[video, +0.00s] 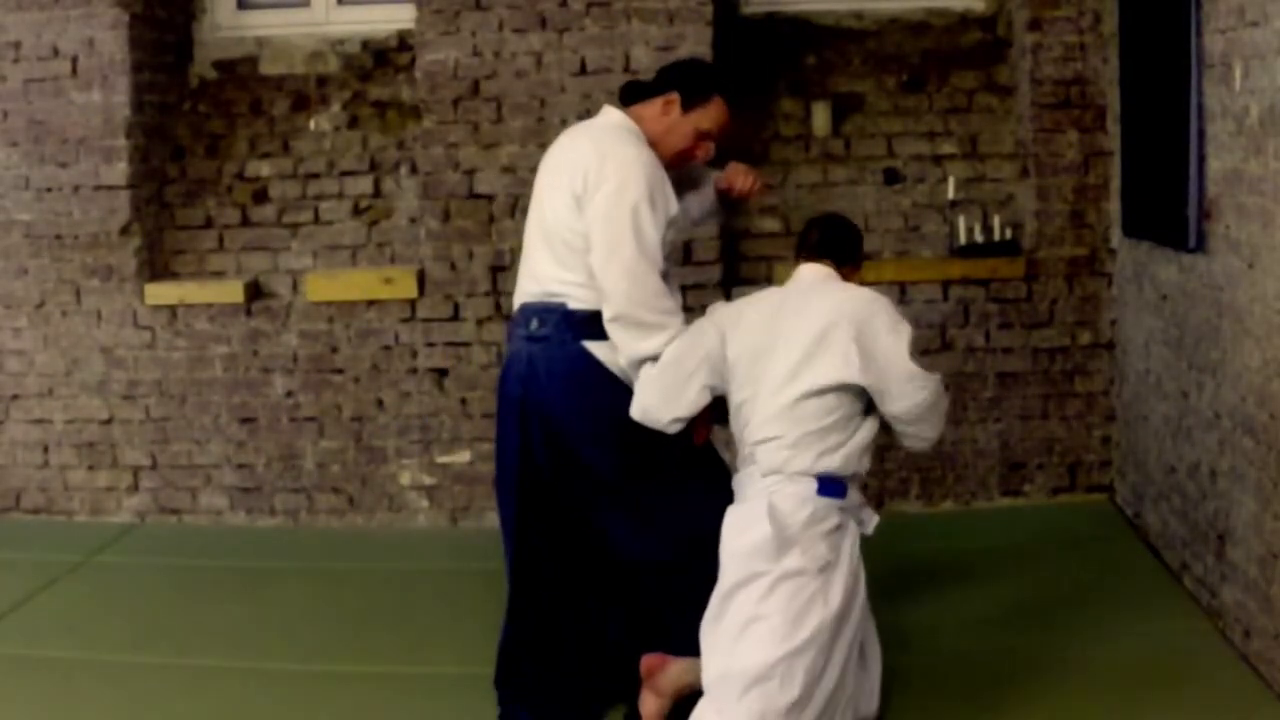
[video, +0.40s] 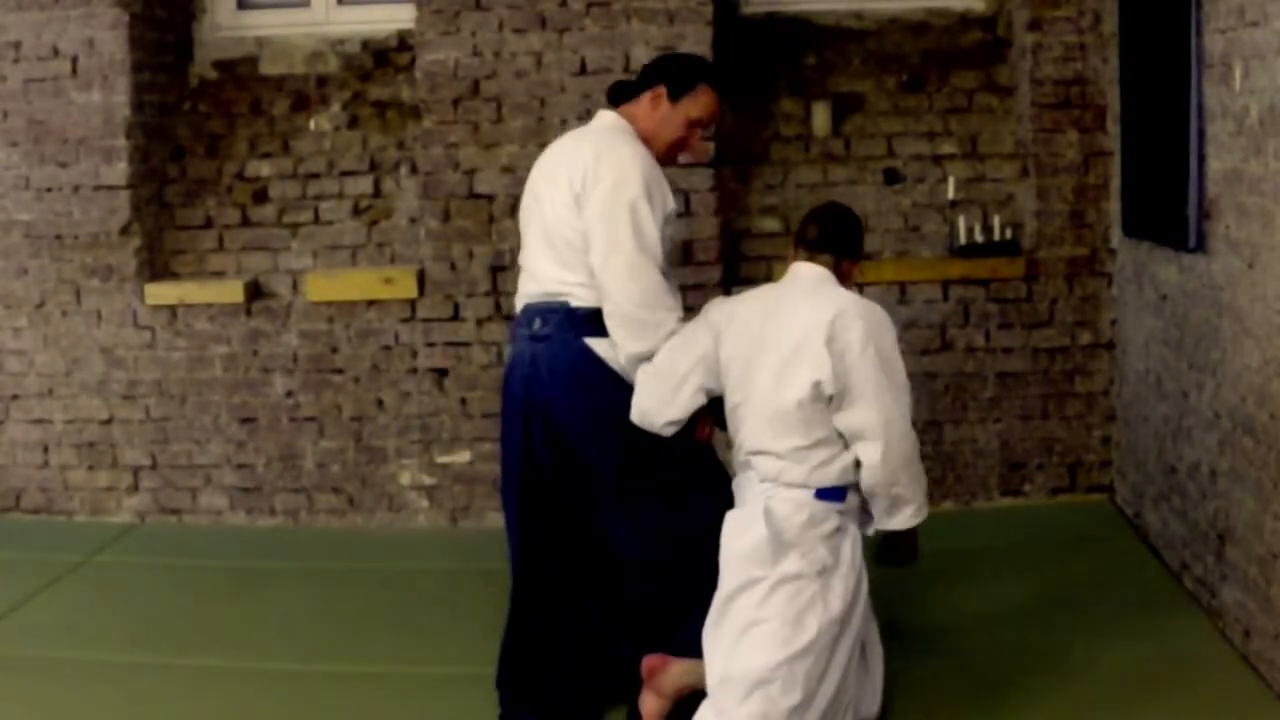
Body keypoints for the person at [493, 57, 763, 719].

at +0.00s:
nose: (702, 155)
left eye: (711, 144)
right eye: (702, 136)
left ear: (657, 107)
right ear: (668, 107)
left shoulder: (578, 142)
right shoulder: (624, 158)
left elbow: (643, 231)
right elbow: (632, 294)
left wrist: (714, 194)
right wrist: (689, 393)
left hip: (531, 357)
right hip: (587, 358)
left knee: (550, 548)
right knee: (687, 511)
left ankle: (541, 696)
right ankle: (671, 670)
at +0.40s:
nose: (695, 146)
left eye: (704, 133)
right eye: (695, 126)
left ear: (646, 100)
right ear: (656, 98)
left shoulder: (563, 151)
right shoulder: (620, 161)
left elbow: (550, 275)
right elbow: (635, 300)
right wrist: (687, 401)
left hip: (530, 352)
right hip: (589, 354)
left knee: (552, 540)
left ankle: (542, 695)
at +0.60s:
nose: (677, 131)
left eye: (685, 116)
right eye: (679, 110)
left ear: (626, 87)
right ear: (643, 87)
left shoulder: (522, 143)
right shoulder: (626, 148)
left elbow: (480, 237)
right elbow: (648, 280)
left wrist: (527, 303)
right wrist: (694, 389)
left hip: (523, 338)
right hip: (598, 327)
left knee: (541, 525)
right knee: (676, 497)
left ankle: (540, 694)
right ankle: (640, 594)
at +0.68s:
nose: (675, 132)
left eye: (684, 118)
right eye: (677, 112)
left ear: (622, 86)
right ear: (643, 88)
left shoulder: (517, 141)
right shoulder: (628, 147)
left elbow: (471, 237)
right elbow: (657, 276)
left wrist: (518, 297)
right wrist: (697, 390)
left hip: (519, 336)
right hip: (599, 326)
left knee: (524, 517)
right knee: (658, 494)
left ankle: (540, 679)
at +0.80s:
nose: (678, 133)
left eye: (686, 119)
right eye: (681, 114)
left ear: (628, 86)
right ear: (648, 89)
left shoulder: (518, 139)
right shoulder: (631, 147)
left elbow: (474, 239)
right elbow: (657, 269)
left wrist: (520, 296)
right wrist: (703, 378)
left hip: (518, 336)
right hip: (600, 326)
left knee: (521, 518)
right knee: (648, 498)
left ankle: (538, 681)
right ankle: (607, 666)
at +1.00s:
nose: (686, 116)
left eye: (694, 101)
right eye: (688, 96)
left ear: (634, 76)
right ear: (654, 76)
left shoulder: (538, 135)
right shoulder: (632, 132)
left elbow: (516, 241)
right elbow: (649, 253)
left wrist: (562, 302)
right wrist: (692, 360)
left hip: (530, 332)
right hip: (606, 327)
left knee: (540, 516)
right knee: (658, 502)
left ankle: (545, 685)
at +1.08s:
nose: (695, 99)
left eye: (699, 85)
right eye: (692, 82)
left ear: (635, 71)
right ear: (655, 70)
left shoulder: (553, 133)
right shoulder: (636, 134)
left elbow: (557, 242)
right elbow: (649, 253)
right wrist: (696, 355)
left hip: (545, 326)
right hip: (611, 325)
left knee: (548, 513)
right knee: (666, 488)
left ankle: (538, 682)